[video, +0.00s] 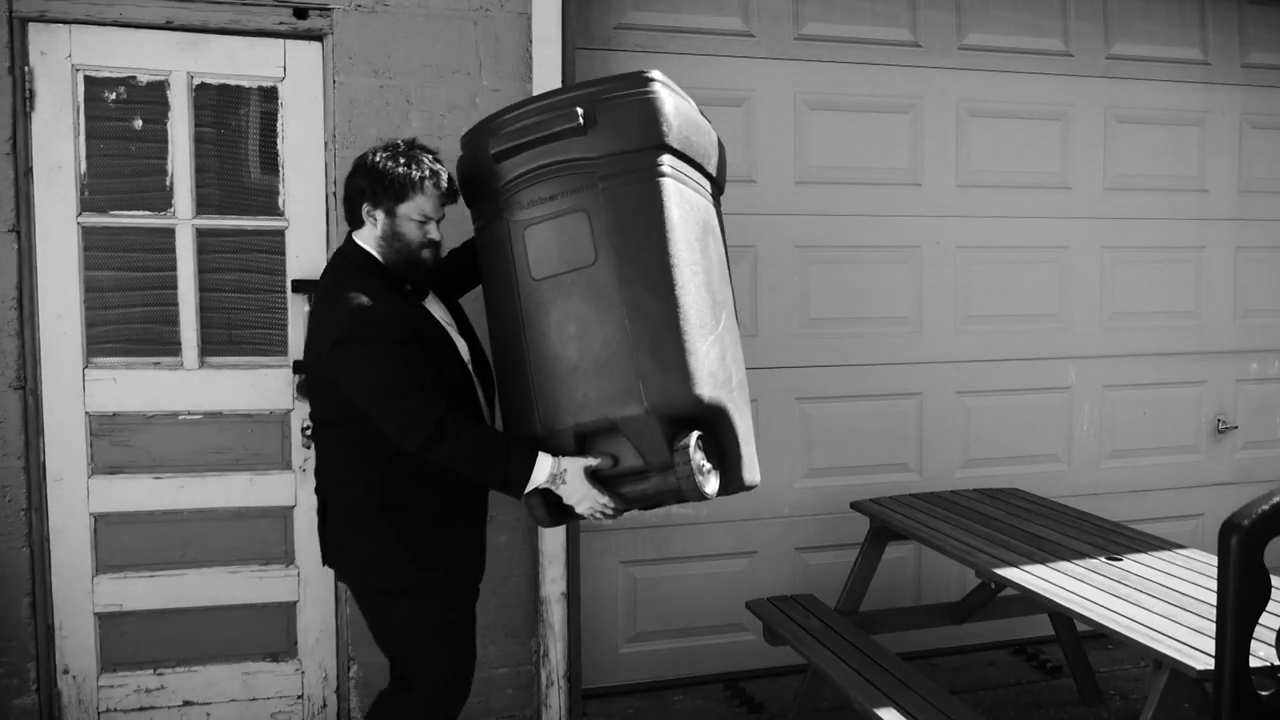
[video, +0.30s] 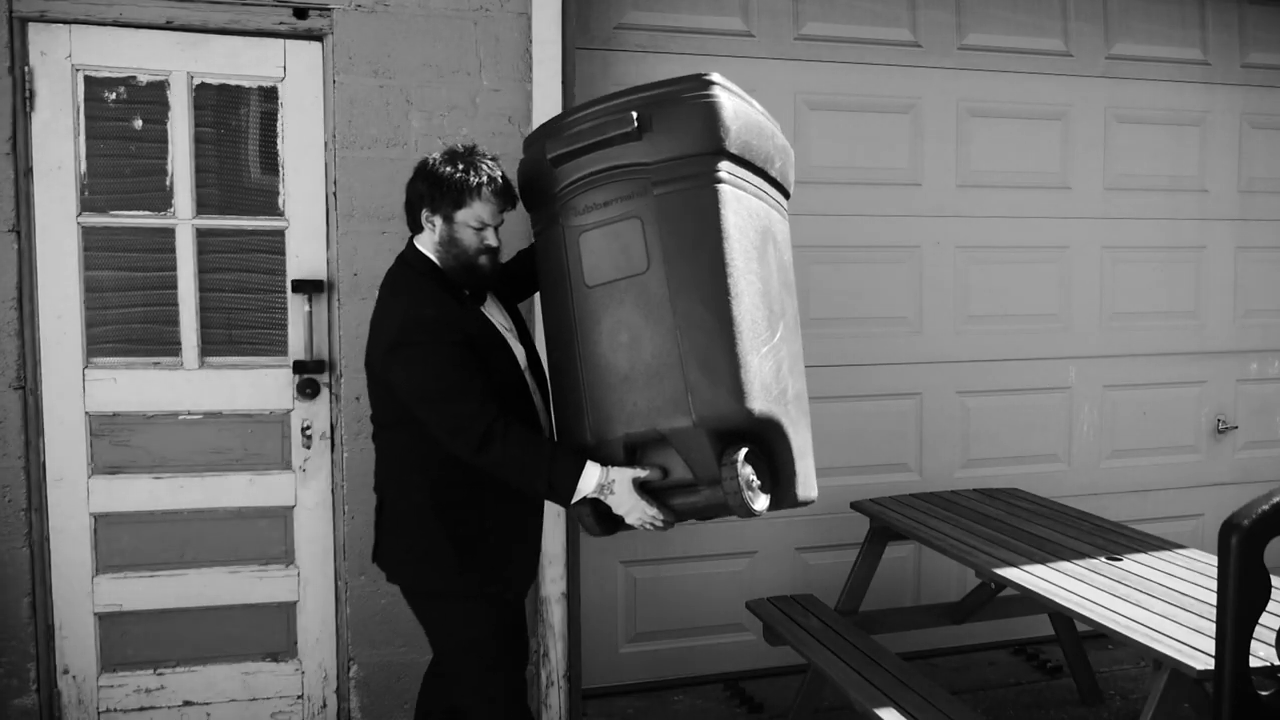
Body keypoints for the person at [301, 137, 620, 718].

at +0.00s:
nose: (436, 236)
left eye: (438, 221)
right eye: (422, 222)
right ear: (372, 216)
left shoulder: (401, 278)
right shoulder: (356, 309)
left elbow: (461, 272)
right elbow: (430, 431)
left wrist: (520, 220)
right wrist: (546, 472)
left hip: (437, 524)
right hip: (396, 538)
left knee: (438, 681)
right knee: (431, 685)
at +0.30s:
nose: (494, 241)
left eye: (497, 226)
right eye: (479, 228)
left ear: (504, 212)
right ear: (430, 223)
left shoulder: (465, 281)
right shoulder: (415, 313)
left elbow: (521, 275)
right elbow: (483, 436)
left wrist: (580, 224)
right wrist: (597, 480)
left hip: (491, 536)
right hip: (451, 550)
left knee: (467, 685)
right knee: (489, 692)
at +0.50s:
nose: (525, 249)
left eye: (528, 234)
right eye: (509, 239)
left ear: (532, 219)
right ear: (460, 233)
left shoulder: (506, 280)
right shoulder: (443, 325)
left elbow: (579, 259)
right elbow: (503, 450)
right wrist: (619, 501)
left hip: (537, 534)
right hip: (488, 553)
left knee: (549, 678)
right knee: (513, 696)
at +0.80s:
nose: (551, 252)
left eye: (558, 235)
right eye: (533, 241)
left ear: (568, 221)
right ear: (490, 237)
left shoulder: (578, 271)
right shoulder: (474, 329)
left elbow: (652, 249)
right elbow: (513, 454)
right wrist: (620, 516)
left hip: (599, 544)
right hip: (523, 557)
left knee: (615, 700)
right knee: (530, 706)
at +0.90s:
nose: (560, 253)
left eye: (567, 236)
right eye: (541, 243)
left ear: (579, 221)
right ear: (501, 240)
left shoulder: (597, 267)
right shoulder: (483, 334)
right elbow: (520, 454)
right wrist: (616, 519)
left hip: (616, 542)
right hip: (538, 556)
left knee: (635, 698)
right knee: (536, 706)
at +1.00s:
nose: (568, 253)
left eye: (576, 236)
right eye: (551, 242)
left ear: (593, 226)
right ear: (515, 239)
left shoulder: (620, 287)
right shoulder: (496, 336)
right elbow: (528, 455)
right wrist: (615, 521)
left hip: (645, 542)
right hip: (558, 555)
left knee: (648, 700)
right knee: (546, 705)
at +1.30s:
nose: (587, 248)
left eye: (596, 232)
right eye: (570, 238)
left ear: (616, 224)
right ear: (542, 240)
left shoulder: (652, 293)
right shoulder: (530, 327)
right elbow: (539, 437)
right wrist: (598, 485)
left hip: (678, 524)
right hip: (594, 535)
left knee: (666, 685)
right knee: (591, 682)